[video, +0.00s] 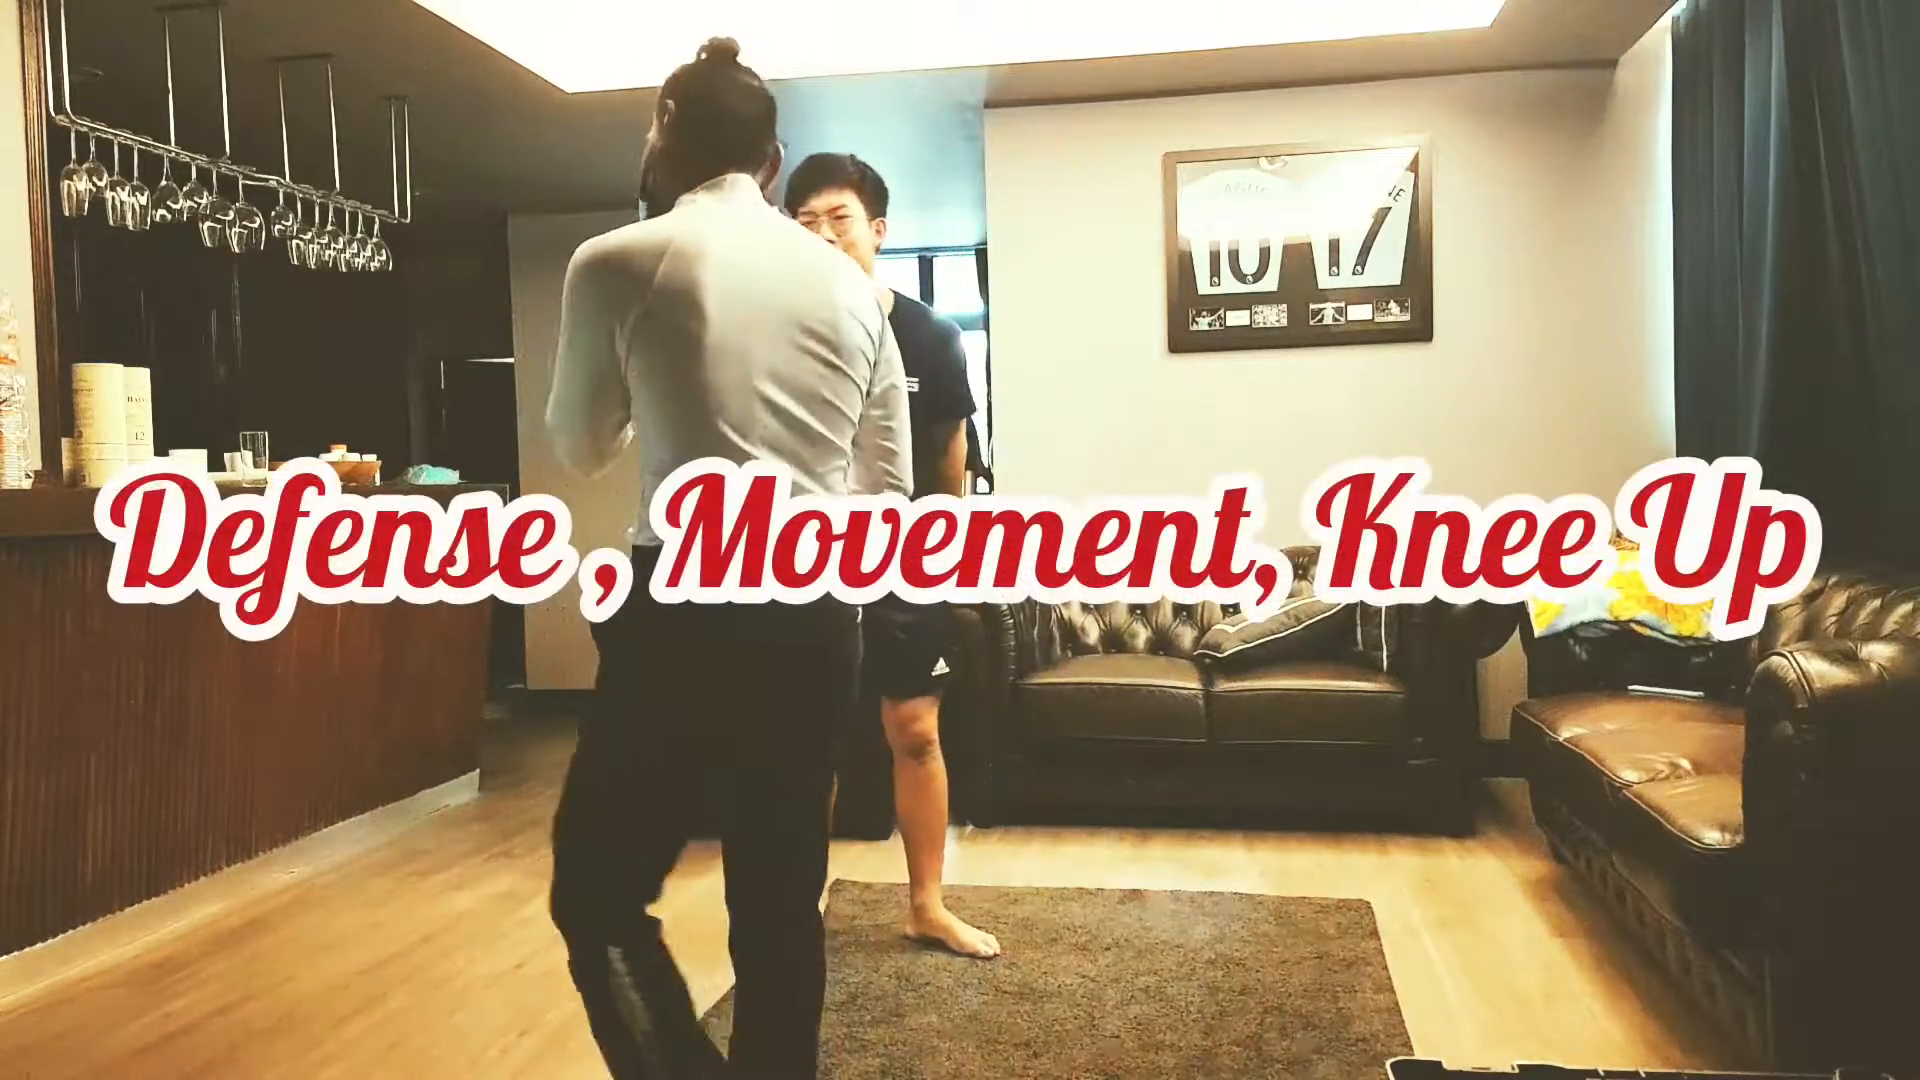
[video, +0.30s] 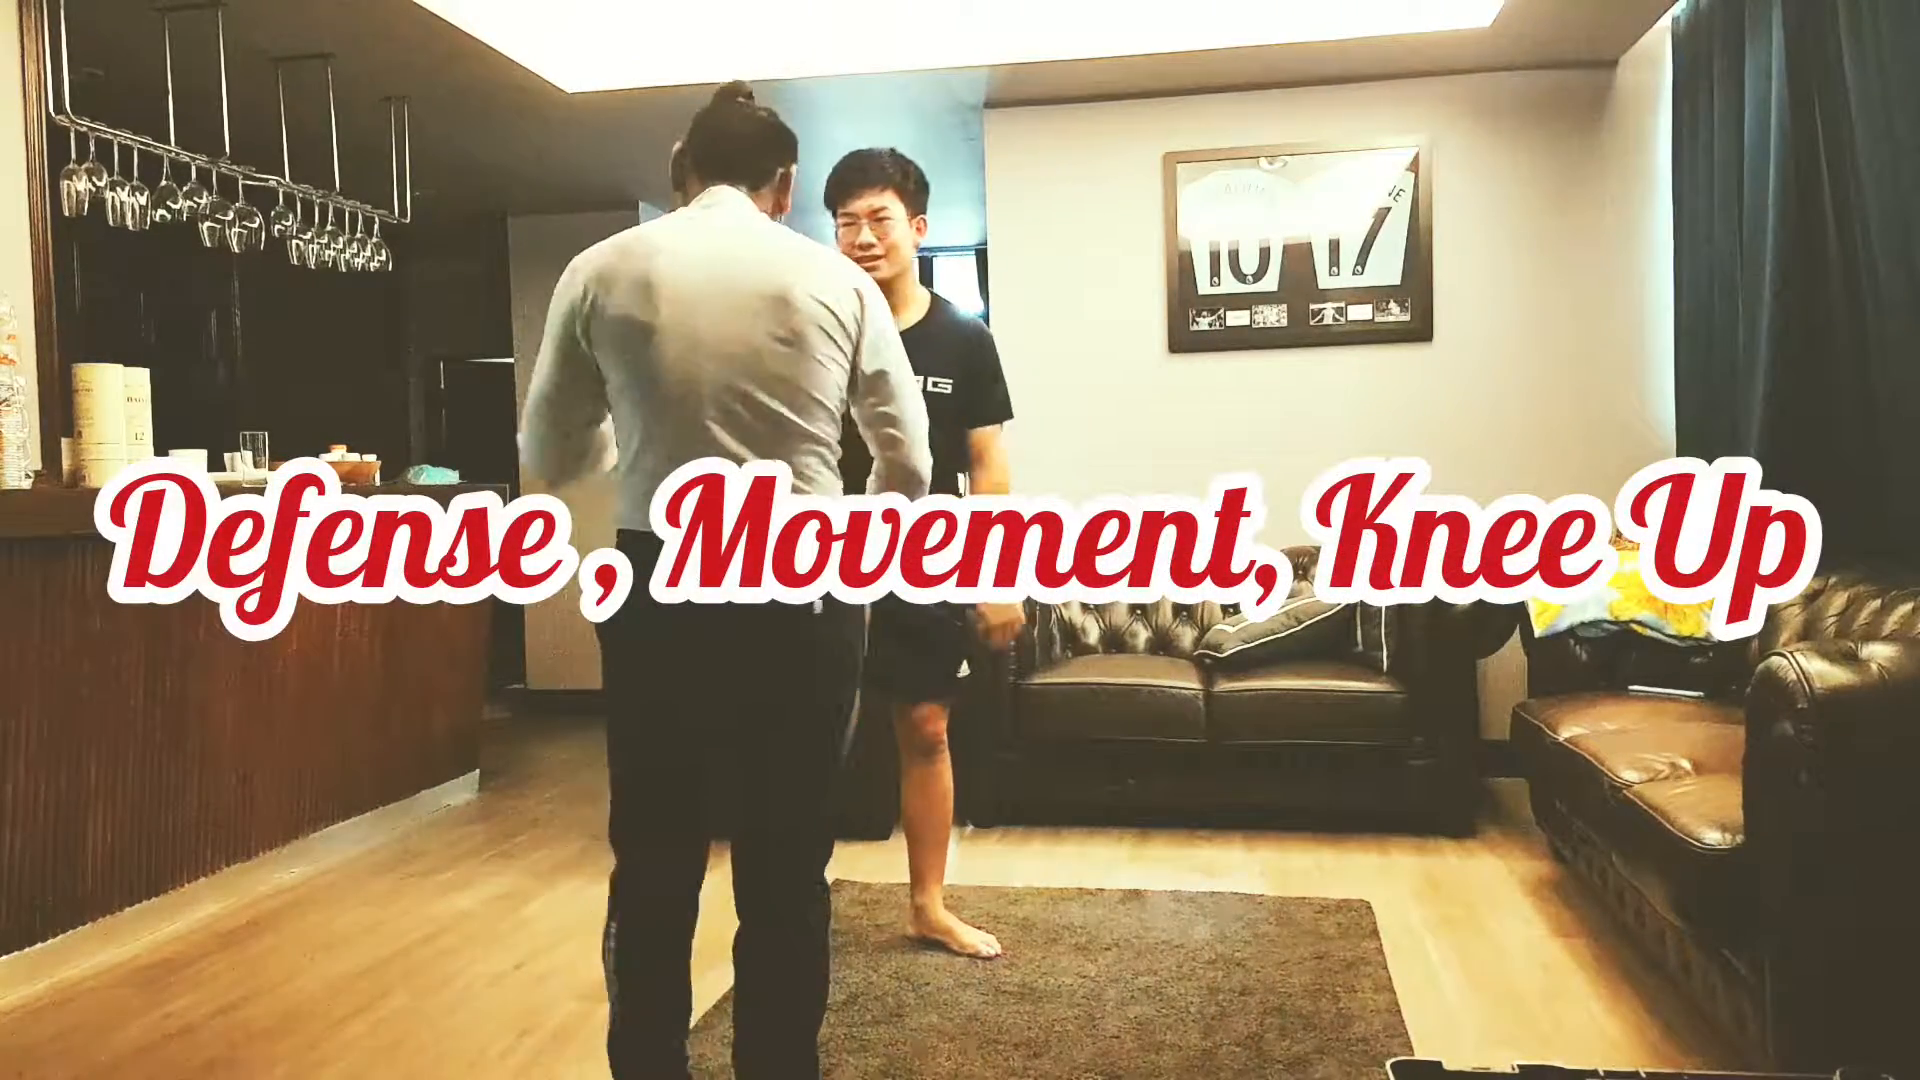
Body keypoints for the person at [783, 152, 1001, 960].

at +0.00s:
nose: (826, 234)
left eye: (841, 218)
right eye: (810, 223)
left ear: (878, 230)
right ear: (795, 238)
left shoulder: (924, 335)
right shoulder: (782, 333)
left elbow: (953, 466)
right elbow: (771, 457)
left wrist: (939, 561)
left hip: (902, 557)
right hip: (808, 559)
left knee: (915, 731)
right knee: (808, 729)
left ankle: (927, 900)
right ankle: (805, 886)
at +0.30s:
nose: (862, 236)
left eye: (879, 218)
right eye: (847, 222)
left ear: (919, 225)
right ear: (834, 234)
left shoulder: (961, 342)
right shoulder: (821, 335)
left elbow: (989, 468)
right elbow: (792, 455)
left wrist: (1001, 582)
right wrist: (788, 562)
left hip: (925, 568)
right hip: (828, 565)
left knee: (926, 732)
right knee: (808, 727)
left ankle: (929, 903)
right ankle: (788, 905)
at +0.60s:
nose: (871, 233)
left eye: (890, 216)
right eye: (857, 218)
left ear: (926, 227)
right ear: (841, 232)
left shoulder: (962, 338)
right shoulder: (818, 335)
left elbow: (1010, 459)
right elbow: (777, 453)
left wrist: (1050, 547)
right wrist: (778, 553)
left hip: (932, 569)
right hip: (834, 570)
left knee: (928, 741)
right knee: (841, 743)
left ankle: (929, 905)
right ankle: (820, 922)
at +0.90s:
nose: (834, 230)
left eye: (846, 209)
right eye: (816, 218)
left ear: (883, 211)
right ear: (800, 233)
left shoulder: (938, 319)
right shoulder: (796, 326)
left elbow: (968, 429)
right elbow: (772, 439)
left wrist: (945, 522)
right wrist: (797, 530)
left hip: (913, 560)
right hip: (821, 566)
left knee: (920, 743)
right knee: (832, 743)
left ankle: (927, 905)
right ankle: (831, 912)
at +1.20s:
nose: (832, 236)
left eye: (845, 221)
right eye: (820, 223)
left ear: (884, 220)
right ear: (810, 228)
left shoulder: (927, 293)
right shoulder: (798, 304)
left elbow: (995, 363)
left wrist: (933, 251)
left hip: (928, 534)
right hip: (828, 539)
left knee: (952, 729)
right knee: (836, 743)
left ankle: (958, 887)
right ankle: (827, 928)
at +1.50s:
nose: (888, 264)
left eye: (901, 243)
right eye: (873, 249)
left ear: (939, 235)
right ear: (856, 249)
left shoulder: (976, 313)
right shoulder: (845, 315)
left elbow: (1009, 295)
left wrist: (949, 242)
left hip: (956, 565)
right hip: (855, 565)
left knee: (998, 740)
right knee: (847, 748)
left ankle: (1027, 858)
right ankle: (828, 931)